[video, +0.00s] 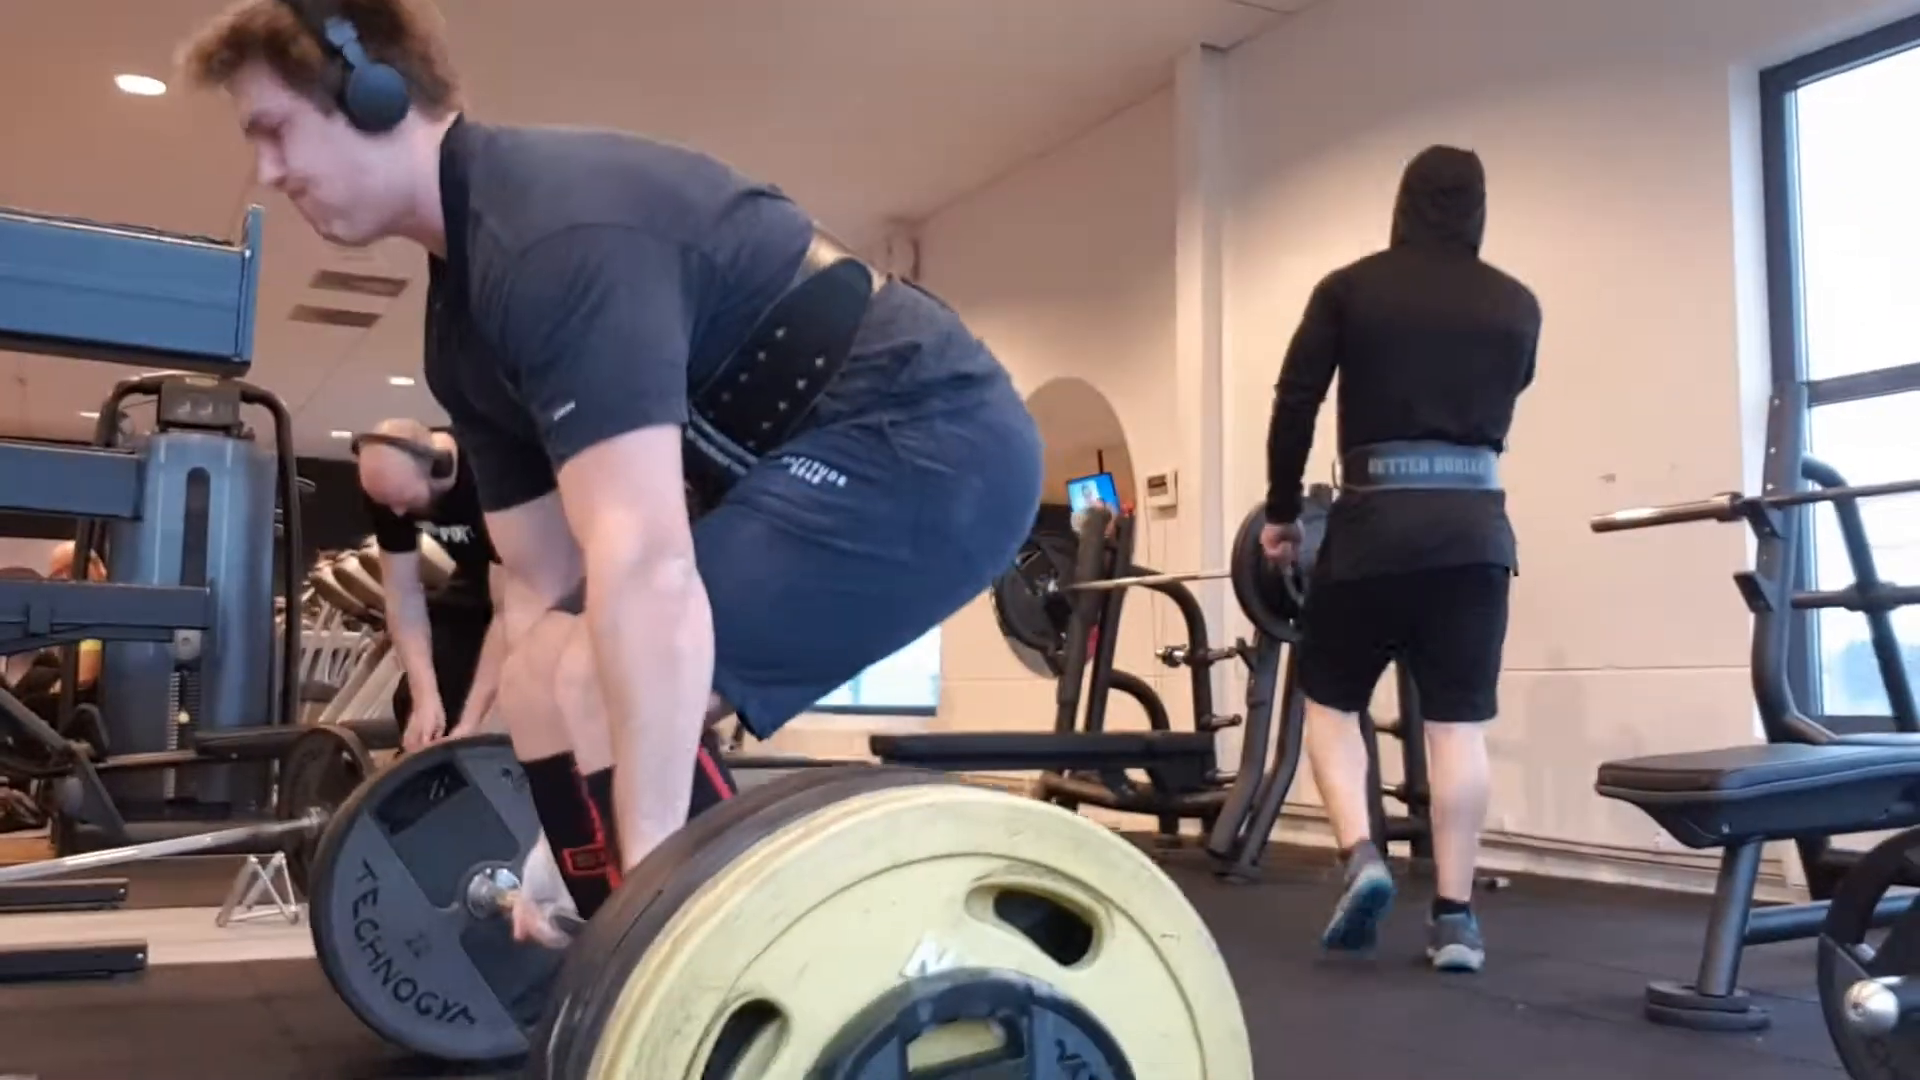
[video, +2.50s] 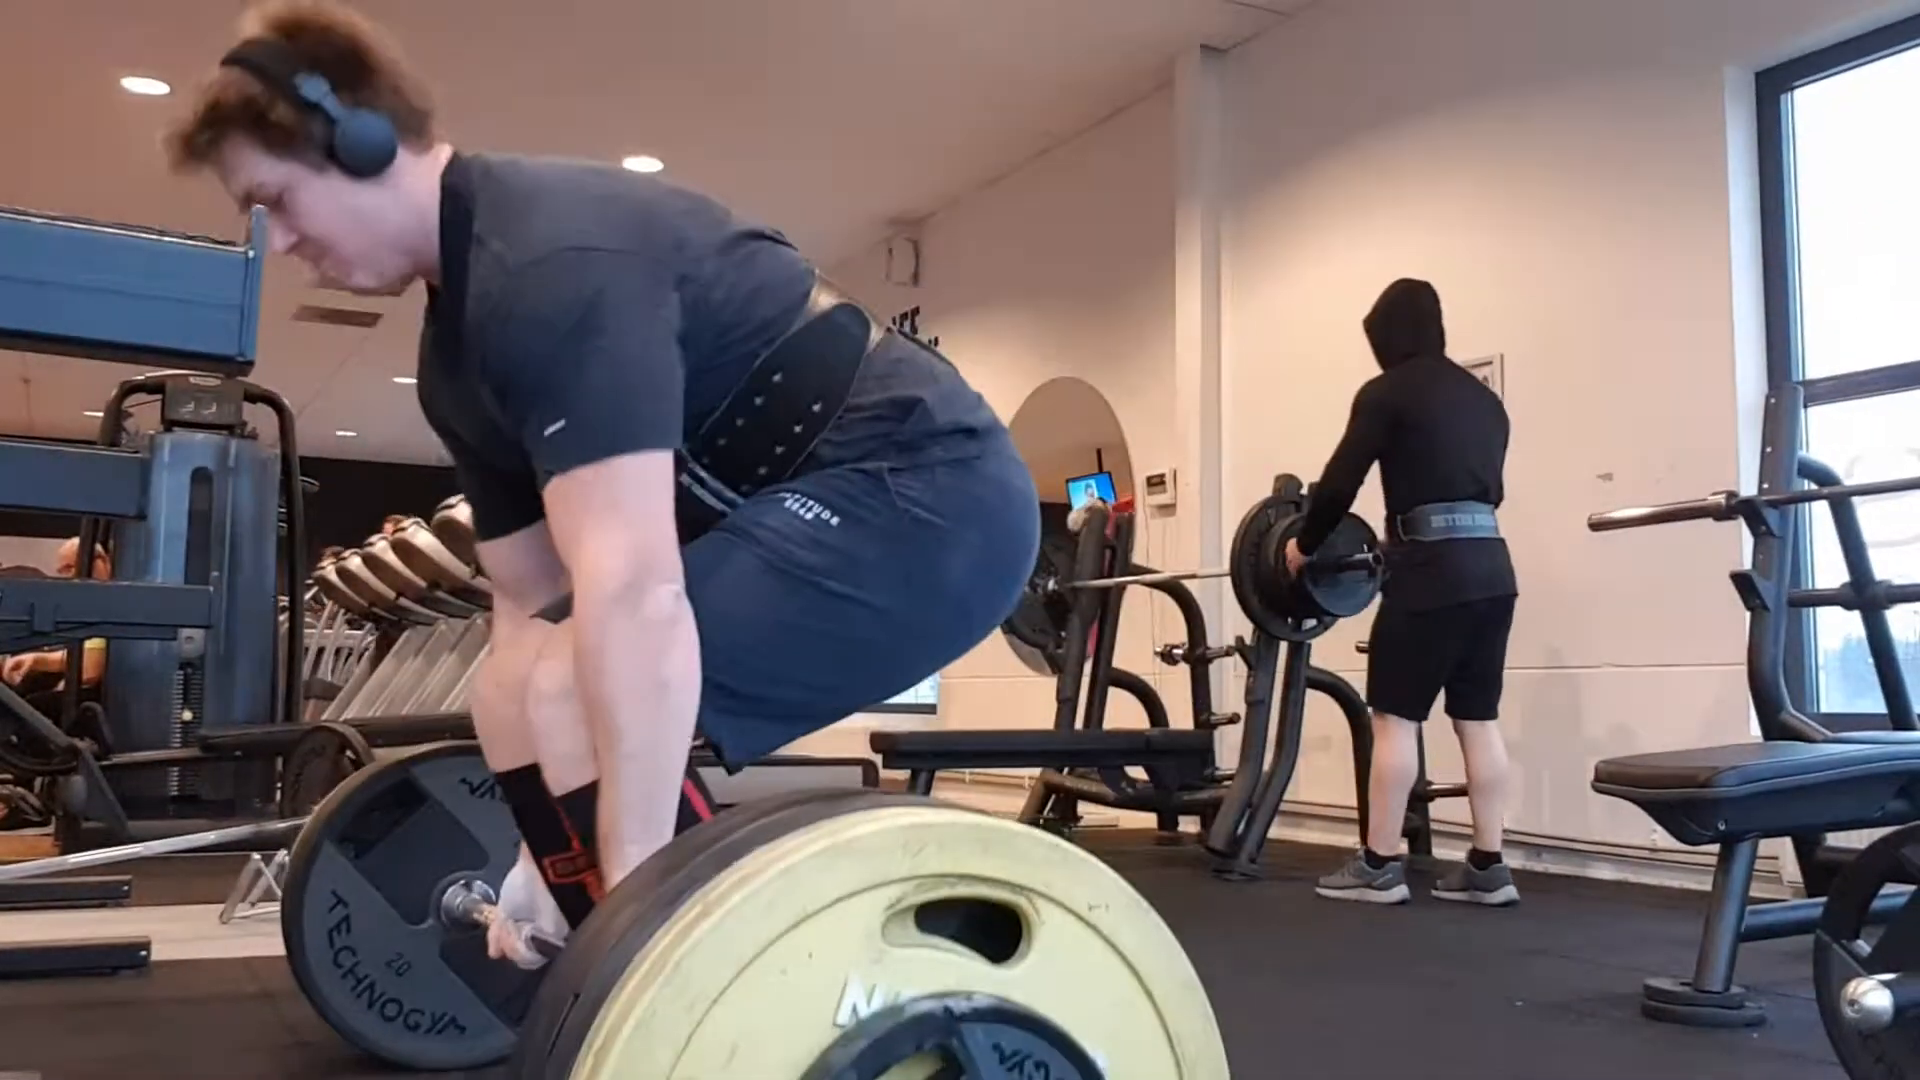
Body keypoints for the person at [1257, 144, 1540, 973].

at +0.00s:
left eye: (1423, 196)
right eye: (1464, 204)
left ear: (1402, 208)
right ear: (1479, 216)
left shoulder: (1348, 288)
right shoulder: (1516, 303)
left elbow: (1295, 404)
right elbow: (1502, 400)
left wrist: (1282, 511)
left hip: (1373, 530)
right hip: (1474, 531)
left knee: (1331, 698)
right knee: (1458, 724)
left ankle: (1362, 857)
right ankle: (1455, 917)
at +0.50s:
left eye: (1343, 257)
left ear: (1339, 266)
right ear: (1413, 264)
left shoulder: (1305, 343)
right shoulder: (1460, 334)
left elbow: (1265, 448)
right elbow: (1480, 410)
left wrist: (1256, 543)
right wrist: (1418, 389)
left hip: (1349, 554)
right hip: (1442, 548)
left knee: (1351, 724)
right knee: (1448, 714)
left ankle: (1359, 894)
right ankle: (1447, 849)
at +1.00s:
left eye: (1339, 292)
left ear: (1340, 300)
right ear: (1406, 297)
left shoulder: (1320, 361)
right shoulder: (1454, 362)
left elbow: (1296, 447)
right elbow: (1483, 442)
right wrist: (1427, 408)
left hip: (1348, 567)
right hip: (1436, 568)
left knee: (1351, 725)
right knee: (1446, 730)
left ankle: (1359, 886)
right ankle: (1461, 879)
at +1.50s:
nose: (1374, 325)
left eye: (1376, 316)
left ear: (1381, 318)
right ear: (1442, 319)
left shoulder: (1356, 380)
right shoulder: (1484, 391)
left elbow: (1313, 474)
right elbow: (1492, 485)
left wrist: (1295, 544)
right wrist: (1426, 498)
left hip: (1380, 568)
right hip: (1458, 571)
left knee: (1359, 713)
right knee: (1454, 721)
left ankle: (1374, 862)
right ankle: (1459, 875)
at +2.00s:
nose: (1314, 353)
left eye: (1313, 343)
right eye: (1314, 343)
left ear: (1321, 341)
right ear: (1375, 329)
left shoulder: (1321, 401)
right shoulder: (1436, 388)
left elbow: (1301, 495)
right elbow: (1450, 489)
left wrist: (1292, 559)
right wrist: (1392, 538)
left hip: (1381, 579)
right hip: (1454, 572)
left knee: (1374, 724)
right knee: (1451, 712)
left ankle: (1380, 868)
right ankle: (1476, 850)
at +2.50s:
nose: (1373, 347)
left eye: (1373, 337)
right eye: (1374, 337)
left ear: (1382, 335)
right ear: (1436, 329)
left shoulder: (1384, 394)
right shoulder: (1484, 398)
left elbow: (1338, 485)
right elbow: (1484, 494)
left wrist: (1304, 539)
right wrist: (1407, 536)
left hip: (1428, 574)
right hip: (1490, 571)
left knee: (1395, 718)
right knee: (1477, 717)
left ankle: (1381, 864)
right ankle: (1489, 865)